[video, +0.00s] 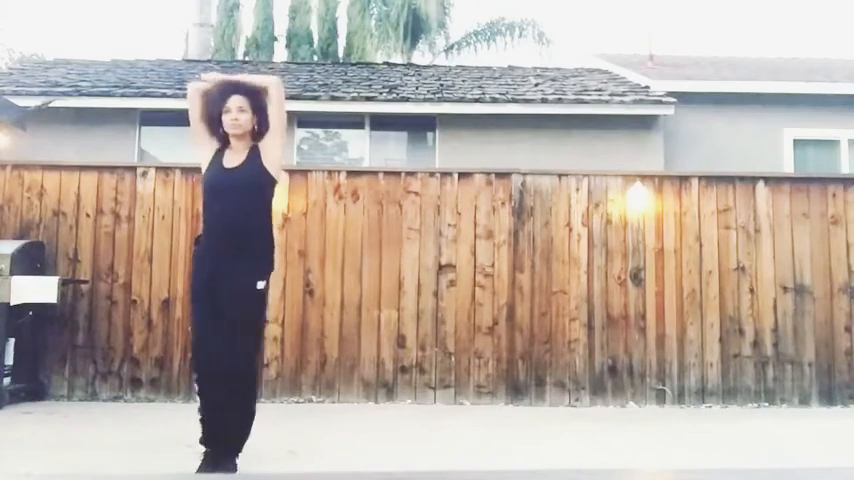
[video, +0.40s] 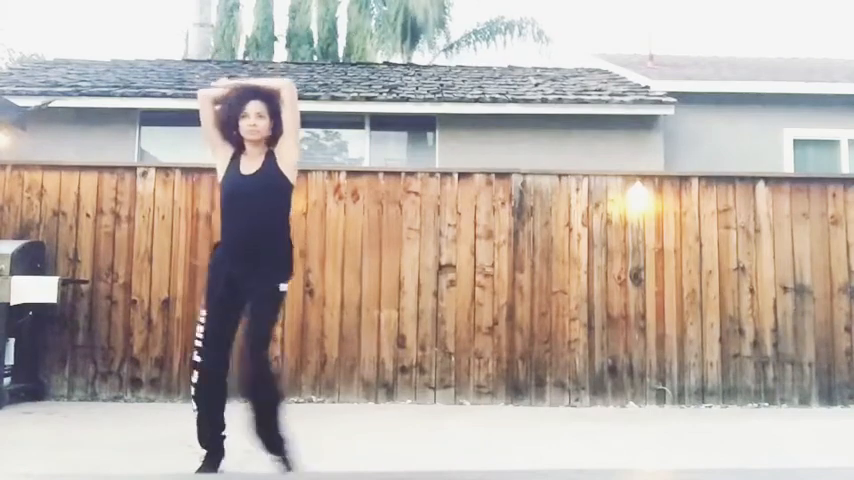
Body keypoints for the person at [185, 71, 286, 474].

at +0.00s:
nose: (234, 116)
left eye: (242, 110)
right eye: (229, 111)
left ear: (255, 117)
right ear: (220, 118)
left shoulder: (269, 151)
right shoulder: (210, 152)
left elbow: (276, 83)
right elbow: (195, 87)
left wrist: (239, 80)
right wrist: (233, 79)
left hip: (250, 263)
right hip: (209, 261)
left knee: (240, 355)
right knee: (208, 354)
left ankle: (229, 450)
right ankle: (213, 449)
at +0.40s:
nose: (254, 122)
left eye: (261, 116)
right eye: (247, 116)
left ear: (273, 123)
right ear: (236, 123)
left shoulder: (284, 156)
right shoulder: (226, 156)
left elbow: (288, 88)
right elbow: (204, 97)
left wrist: (243, 84)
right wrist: (234, 86)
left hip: (269, 273)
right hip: (226, 269)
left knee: (253, 360)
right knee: (210, 361)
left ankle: (275, 445)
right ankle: (212, 451)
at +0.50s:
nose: (265, 121)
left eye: (272, 116)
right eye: (258, 115)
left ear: (283, 123)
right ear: (246, 123)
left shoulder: (291, 158)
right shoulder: (235, 158)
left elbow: (297, 89)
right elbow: (213, 97)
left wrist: (252, 84)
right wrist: (242, 89)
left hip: (286, 274)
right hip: (241, 274)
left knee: (302, 363)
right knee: (221, 362)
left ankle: (336, 450)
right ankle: (213, 449)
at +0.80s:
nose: (300, 132)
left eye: (308, 127)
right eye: (293, 126)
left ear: (318, 133)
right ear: (282, 134)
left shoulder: (323, 165)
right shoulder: (271, 169)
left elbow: (324, 95)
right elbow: (250, 110)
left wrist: (284, 100)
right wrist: (287, 103)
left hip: (338, 278)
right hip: (296, 282)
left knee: (368, 369)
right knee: (260, 369)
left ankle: (377, 457)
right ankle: (229, 447)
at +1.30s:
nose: (280, 125)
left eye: (288, 119)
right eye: (275, 119)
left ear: (303, 126)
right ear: (267, 128)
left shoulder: (306, 162)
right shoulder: (262, 162)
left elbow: (315, 92)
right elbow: (243, 105)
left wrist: (289, 97)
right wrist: (277, 95)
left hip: (297, 279)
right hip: (259, 279)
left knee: (330, 364)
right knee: (239, 363)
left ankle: (368, 449)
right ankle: (245, 450)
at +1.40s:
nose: (264, 122)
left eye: (272, 116)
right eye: (259, 116)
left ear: (287, 123)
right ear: (252, 125)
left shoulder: (291, 159)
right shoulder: (252, 158)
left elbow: (305, 94)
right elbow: (233, 104)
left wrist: (284, 93)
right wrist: (262, 92)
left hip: (273, 274)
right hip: (240, 274)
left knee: (291, 365)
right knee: (234, 364)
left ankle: (345, 448)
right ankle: (244, 451)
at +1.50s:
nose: (248, 122)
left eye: (255, 115)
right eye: (242, 116)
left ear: (272, 122)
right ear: (237, 124)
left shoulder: (278, 156)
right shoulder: (239, 158)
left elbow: (293, 91)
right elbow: (217, 102)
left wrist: (274, 92)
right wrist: (251, 94)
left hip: (255, 272)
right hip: (227, 272)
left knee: (245, 363)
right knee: (228, 365)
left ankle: (296, 438)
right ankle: (244, 451)